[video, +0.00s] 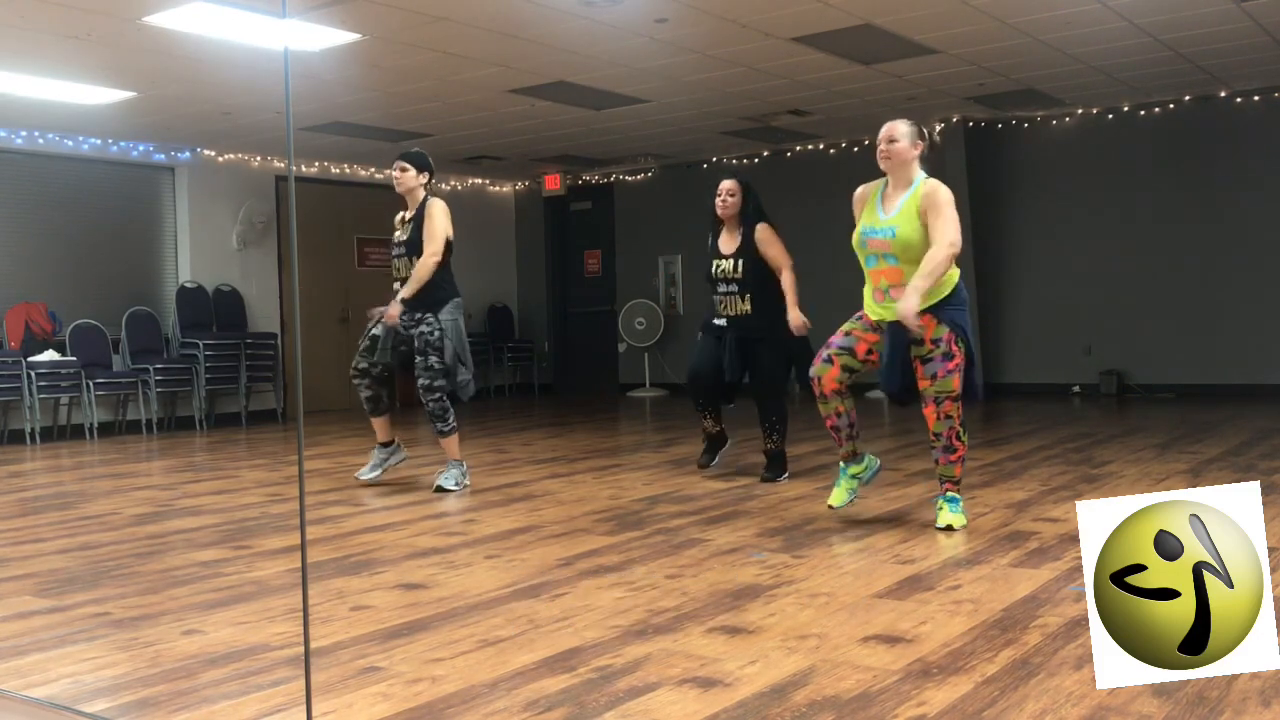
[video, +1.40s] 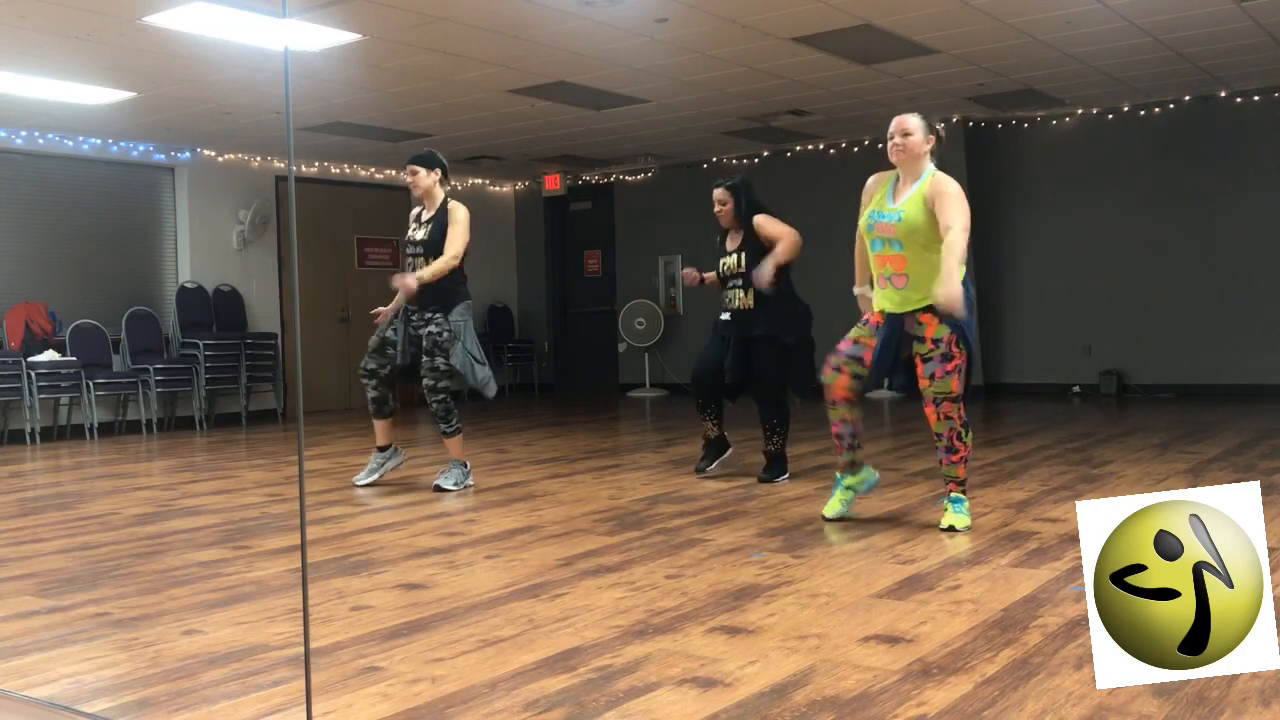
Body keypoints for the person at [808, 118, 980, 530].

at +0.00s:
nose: (883, 146)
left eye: (893, 139)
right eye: (880, 142)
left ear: (917, 149)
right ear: (875, 153)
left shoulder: (934, 193)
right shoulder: (864, 196)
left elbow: (947, 245)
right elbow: (873, 254)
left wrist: (913, 294)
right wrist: (879, 304)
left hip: (933, 313)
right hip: (878, 314)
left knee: (941, 403)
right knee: (825, 373)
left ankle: (950, 495)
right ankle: (855, 462)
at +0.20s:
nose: (873, 142)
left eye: (882, 134)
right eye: (868, 137)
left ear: (906, 140)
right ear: (864, 148)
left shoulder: (930, 182)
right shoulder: (855, 195)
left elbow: (956, 242)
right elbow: (854, 257)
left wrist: (964, 304)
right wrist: (830, 300)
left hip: (921, 309)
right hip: (867, 313)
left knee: (933, 402)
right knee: (861, 400)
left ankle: (948, 495)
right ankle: (867, 491)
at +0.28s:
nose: (871, 142)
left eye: (879, 135)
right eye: (864, 138)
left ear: (898, 142)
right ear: (857, 148)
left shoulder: (924, 184)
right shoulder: (845, 200)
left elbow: (966, 238)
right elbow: (831, 262)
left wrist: (977, 298)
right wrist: (795, 273)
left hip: (917, 310)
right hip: (861, 315)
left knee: (930, 402)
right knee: (864, 404)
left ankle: (947, 494)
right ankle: (867, 492)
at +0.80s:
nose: (884, 139)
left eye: (894, 132)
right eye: (880, 135)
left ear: (918, 140)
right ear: (876, 146)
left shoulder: (936, 191)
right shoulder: (866, 183)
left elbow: (951, 257)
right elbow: (847, 241)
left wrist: (927, 257)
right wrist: (836, 294)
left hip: (923, 312)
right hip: (870, 313)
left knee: (937, 404)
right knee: (864, 402)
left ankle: (955, 497)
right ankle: (866, 492)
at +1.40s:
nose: (895, 142)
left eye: (905, 134)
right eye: (890, 137)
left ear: (930, 141)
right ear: (887, 147)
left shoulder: (943, 188)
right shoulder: (876, 184)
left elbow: (956, 233)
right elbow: (863, 238)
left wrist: (950, 279)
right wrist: (861, 289)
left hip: (935, 312)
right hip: (885, 312)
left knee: (943, 404)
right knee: (838, 375)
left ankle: (956, 497)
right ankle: (853, 473)